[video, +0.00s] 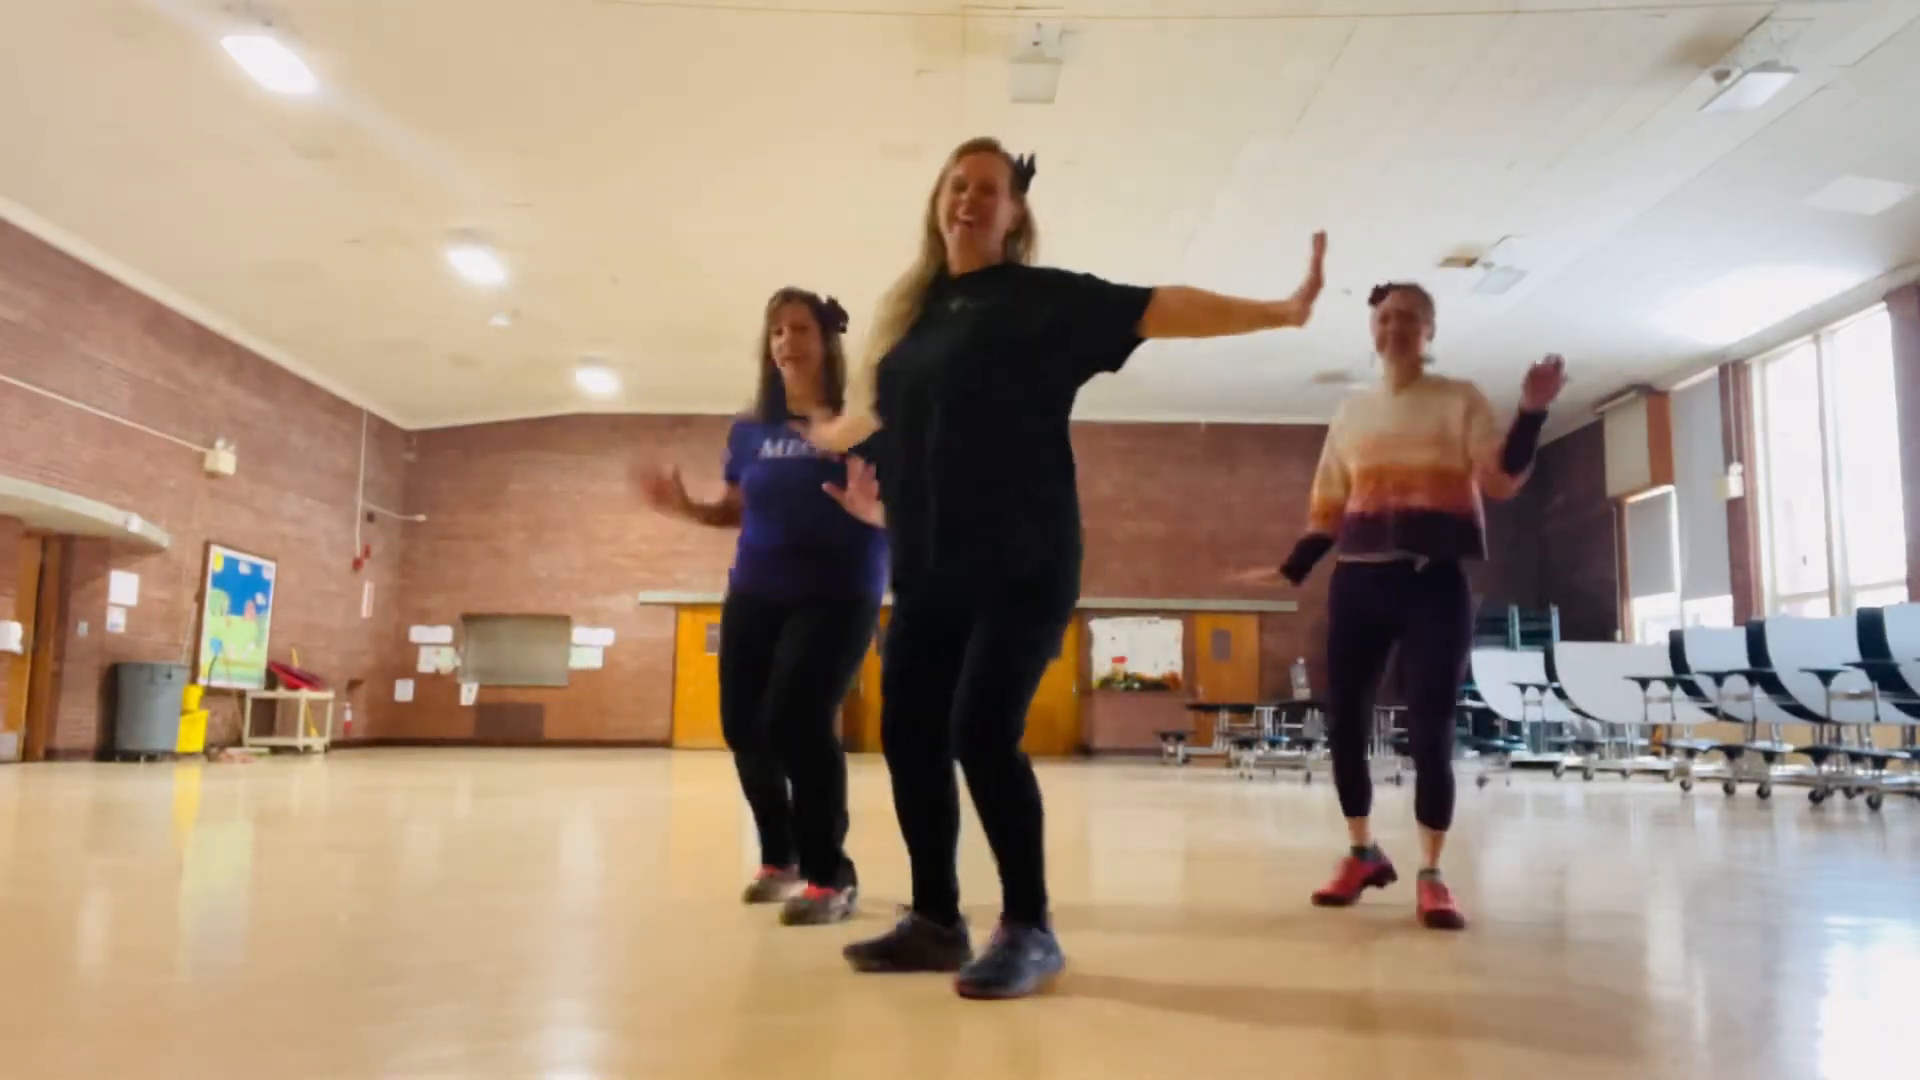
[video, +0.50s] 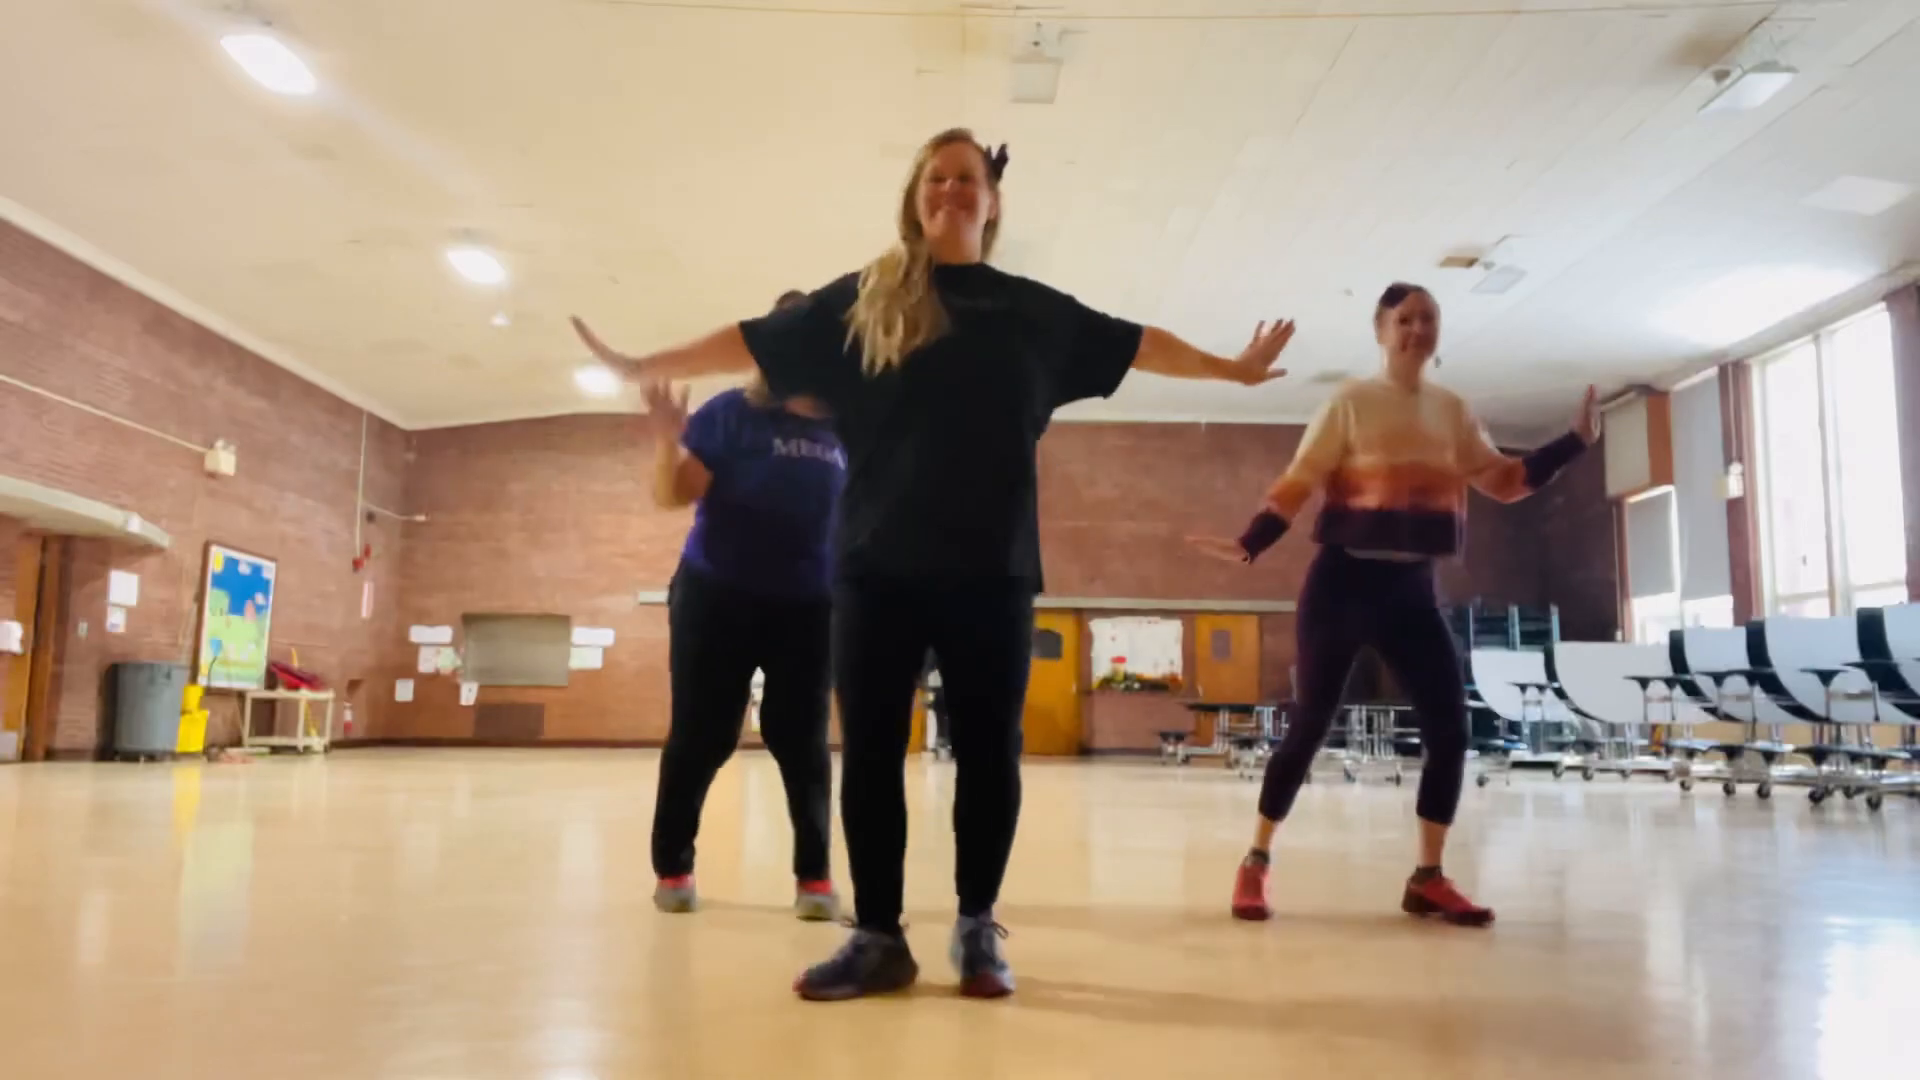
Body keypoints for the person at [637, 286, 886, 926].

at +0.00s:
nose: (787, 340)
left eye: (801, 330)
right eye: (778, 331)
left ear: (829, 340)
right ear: (766, 344)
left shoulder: (861, 427)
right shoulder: (751, 429)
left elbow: (908, 507)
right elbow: (734, 509)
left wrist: (876, 509)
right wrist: (683, 505)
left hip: (838, 597)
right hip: (758, 594)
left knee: (800, 719)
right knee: (744, 724)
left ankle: (830, 876)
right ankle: (781, 859)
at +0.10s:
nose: (796, 337)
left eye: (808, 326)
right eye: (785, 328)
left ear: (837, 333)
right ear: (773, 338)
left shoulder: (867, 405)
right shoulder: (753, 407)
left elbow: (910, 475)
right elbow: (691, 471)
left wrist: (892, 500)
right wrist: (667, 413)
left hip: (832, 589)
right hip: (752, 582)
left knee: (812, 728)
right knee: (708, 706)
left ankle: (833, 877)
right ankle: (741, 824)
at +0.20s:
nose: (796, 337)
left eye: (808, 326)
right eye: (785, 327)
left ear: (838, 337)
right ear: (770, 337)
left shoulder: (868, 412)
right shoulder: (750, 408)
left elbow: (900, 514)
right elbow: (662, 447)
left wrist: (891, 592)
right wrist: (658, 380)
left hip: (829, 592)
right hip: (741, 585)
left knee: (815, 731)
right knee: (702, 718)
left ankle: (829, 879)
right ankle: (699, 831)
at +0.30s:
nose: (797, 339)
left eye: (811, 328)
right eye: (787, 327)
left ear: (832, 340)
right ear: (770, 336)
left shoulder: (858, 418)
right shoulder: (738, 411)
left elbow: (881, 516)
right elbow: (669, 473)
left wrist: (881, 590)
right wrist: (647, 422)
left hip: (819, 597)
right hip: (732, 591)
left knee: (799, 732)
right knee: (715, 731)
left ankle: (828, 869)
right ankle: (672, 856)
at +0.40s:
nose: (798, 362)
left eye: (811, 350)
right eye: (788, 348)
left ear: (831, 356)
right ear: (767, 352)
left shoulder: (846, 426)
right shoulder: (730, 415)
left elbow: (860, 523)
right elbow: (691, 511)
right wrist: (666, 492)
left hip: (809, 603)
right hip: (721, 598)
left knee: (803, 736)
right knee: (702, 736)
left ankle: (830, 873)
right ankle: (675, 867)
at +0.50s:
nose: (799, 355)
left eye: (811, 343)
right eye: (786, 341)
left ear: (829, 350)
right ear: (766, 347)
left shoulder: (843, 426)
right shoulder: (727, 414)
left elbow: (862, 515)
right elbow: (674, 493)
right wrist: (668, 436)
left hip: (804, 602)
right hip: (716, 596)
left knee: (803, 741)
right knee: (702, 736)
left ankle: (814, 876)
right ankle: (673, 866)